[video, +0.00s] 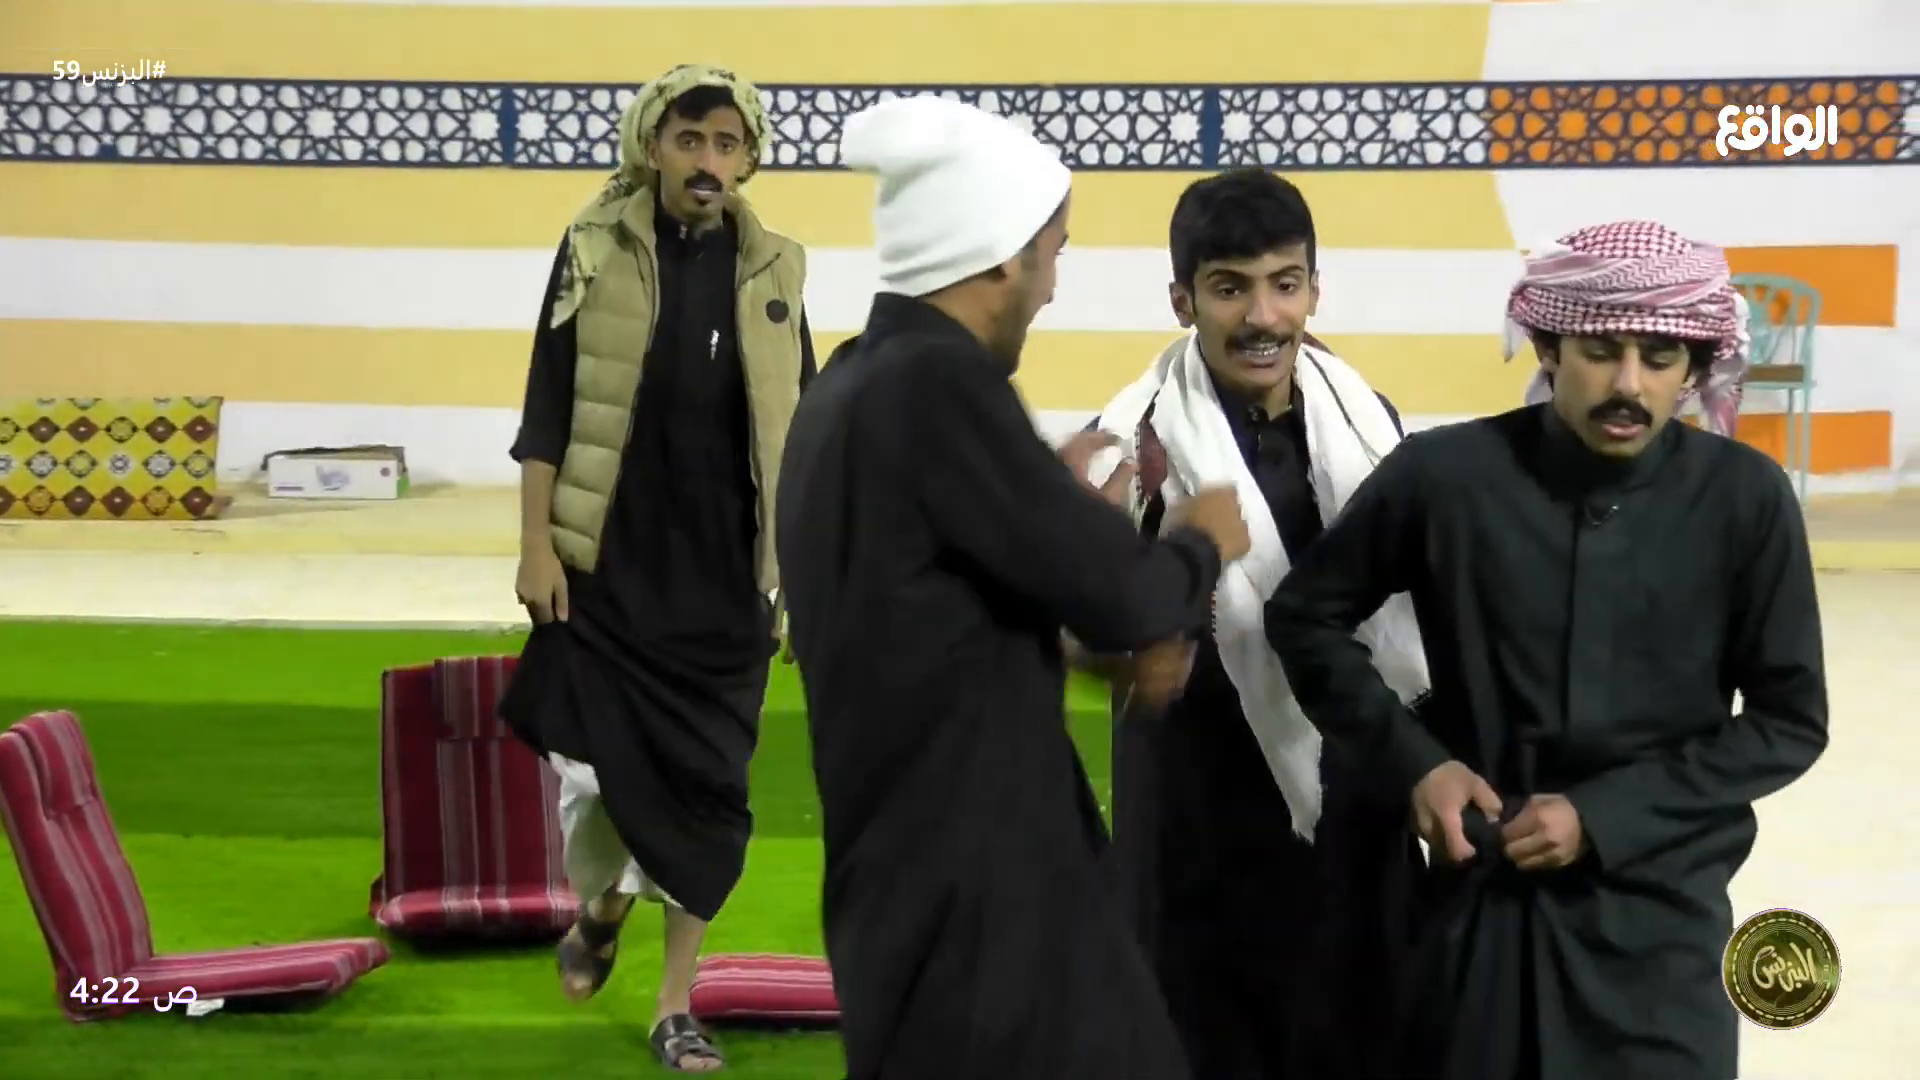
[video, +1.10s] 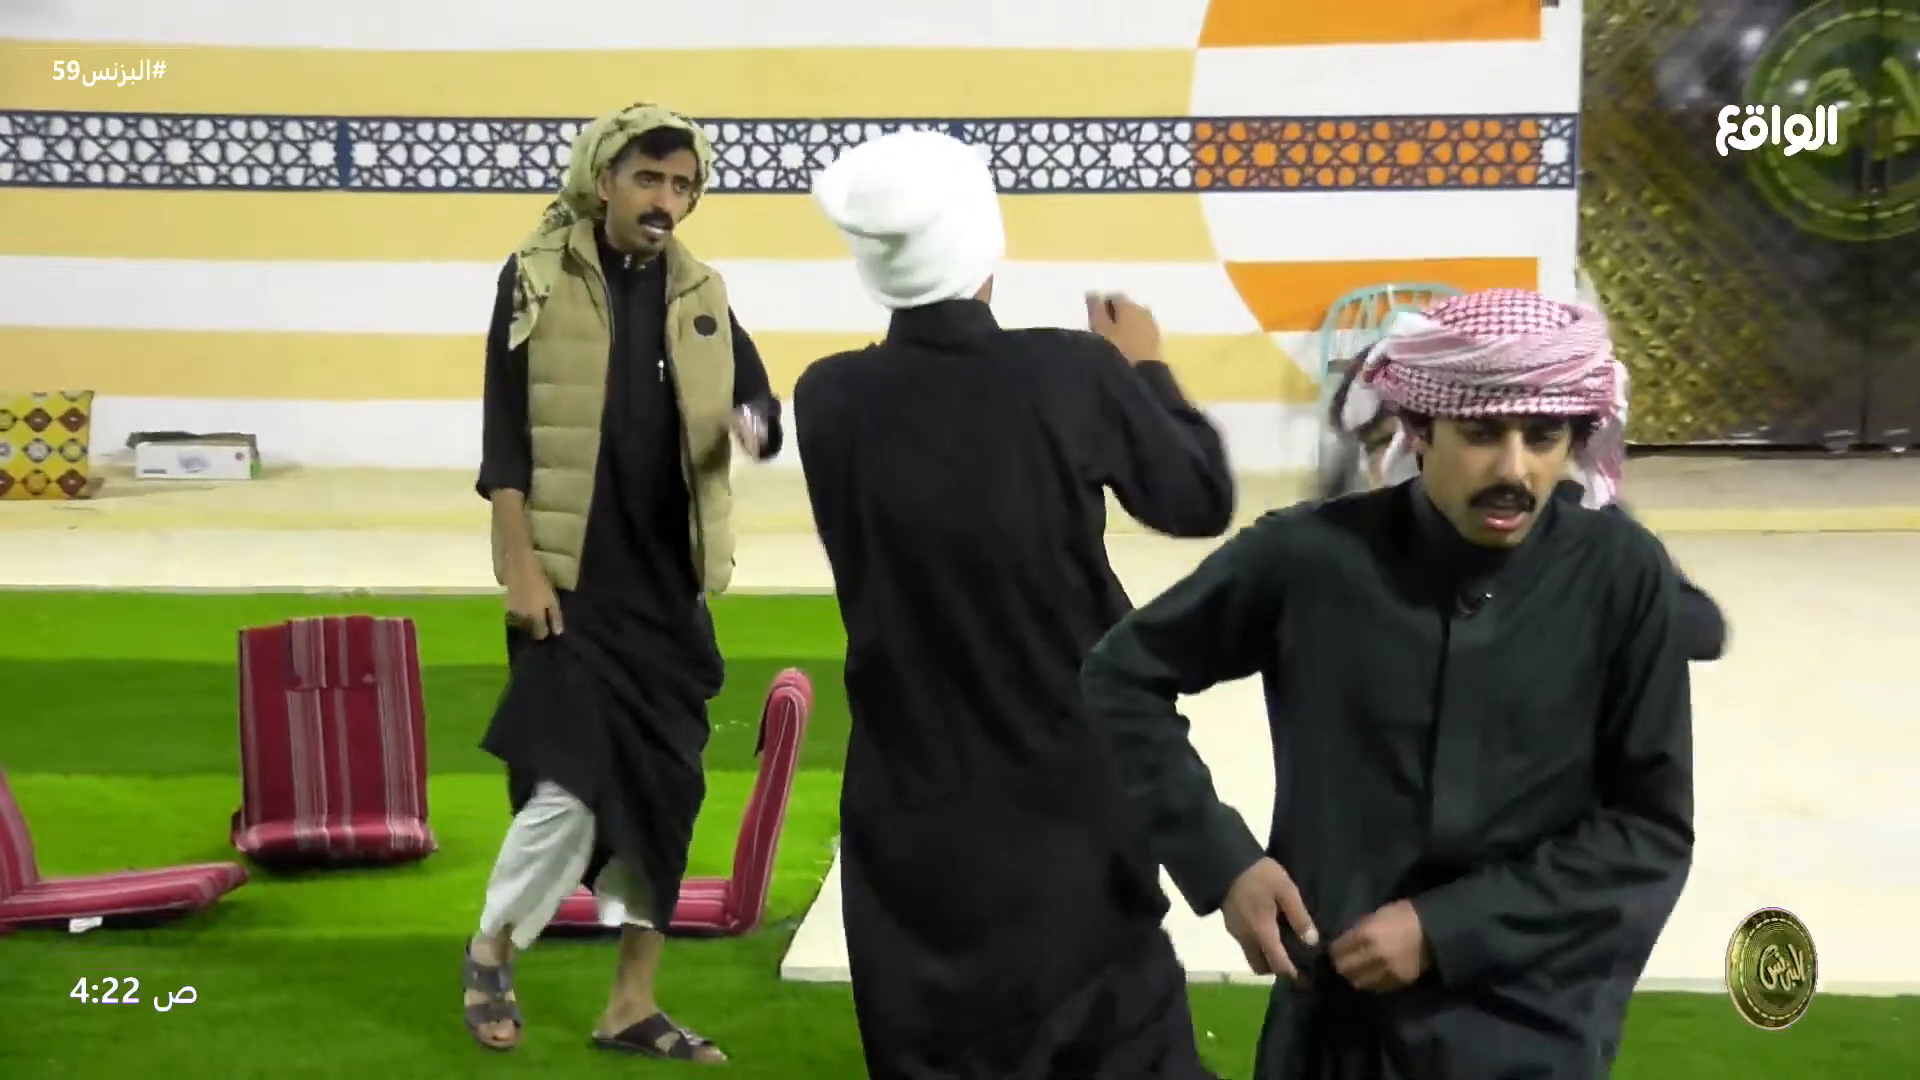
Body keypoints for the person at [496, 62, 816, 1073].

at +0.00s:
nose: (709, 159)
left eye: (728, 143)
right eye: (690, 139)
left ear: (751, 157)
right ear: (650, 146)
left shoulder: (774, 264)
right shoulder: (595, 248)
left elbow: (802, 413)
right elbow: (546, 404)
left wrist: (804, 560)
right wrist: (537, 538)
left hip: (732, 568)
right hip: (613, 561)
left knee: (711, 785)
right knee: (600, 773)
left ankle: (675, 1007)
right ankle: (604, 900)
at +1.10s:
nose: (665, 200)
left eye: (680, 185)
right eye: (648, 179)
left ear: (693, 196)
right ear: (599, 179)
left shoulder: (697, 289)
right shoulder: (538, 278)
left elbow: (757, 395)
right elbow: (505, 428)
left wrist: (754, 419)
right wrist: (517, 561)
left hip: (669, 582)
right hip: (568, 578)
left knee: (663, 784)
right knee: (572, 782)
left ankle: (632, 1007)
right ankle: (491, 953)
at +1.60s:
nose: (622, 201)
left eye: (631, 186)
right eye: (604, 185)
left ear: (635, 190)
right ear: (551, 186)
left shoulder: (637, 287)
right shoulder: (502, 288)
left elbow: (672, 411)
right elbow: (481, 442)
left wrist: (723, 510)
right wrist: (515, 571)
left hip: (628, 569)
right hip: (538, 573)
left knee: (627, 765)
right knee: (543, 775)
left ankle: (606, 953)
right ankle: (526, 989)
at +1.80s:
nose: (642, 217)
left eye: (649, 200)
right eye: (625, 200)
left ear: (644, 204)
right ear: (569, 203)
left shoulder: (616, 295)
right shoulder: (528, 300)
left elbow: (619, 431)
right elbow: (513, 452)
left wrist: (635, 555)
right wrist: (533, 576)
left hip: (599, 566)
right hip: (534, 574)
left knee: (601, 753)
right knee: (542, 771)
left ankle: (598, 940)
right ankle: (536, 975)